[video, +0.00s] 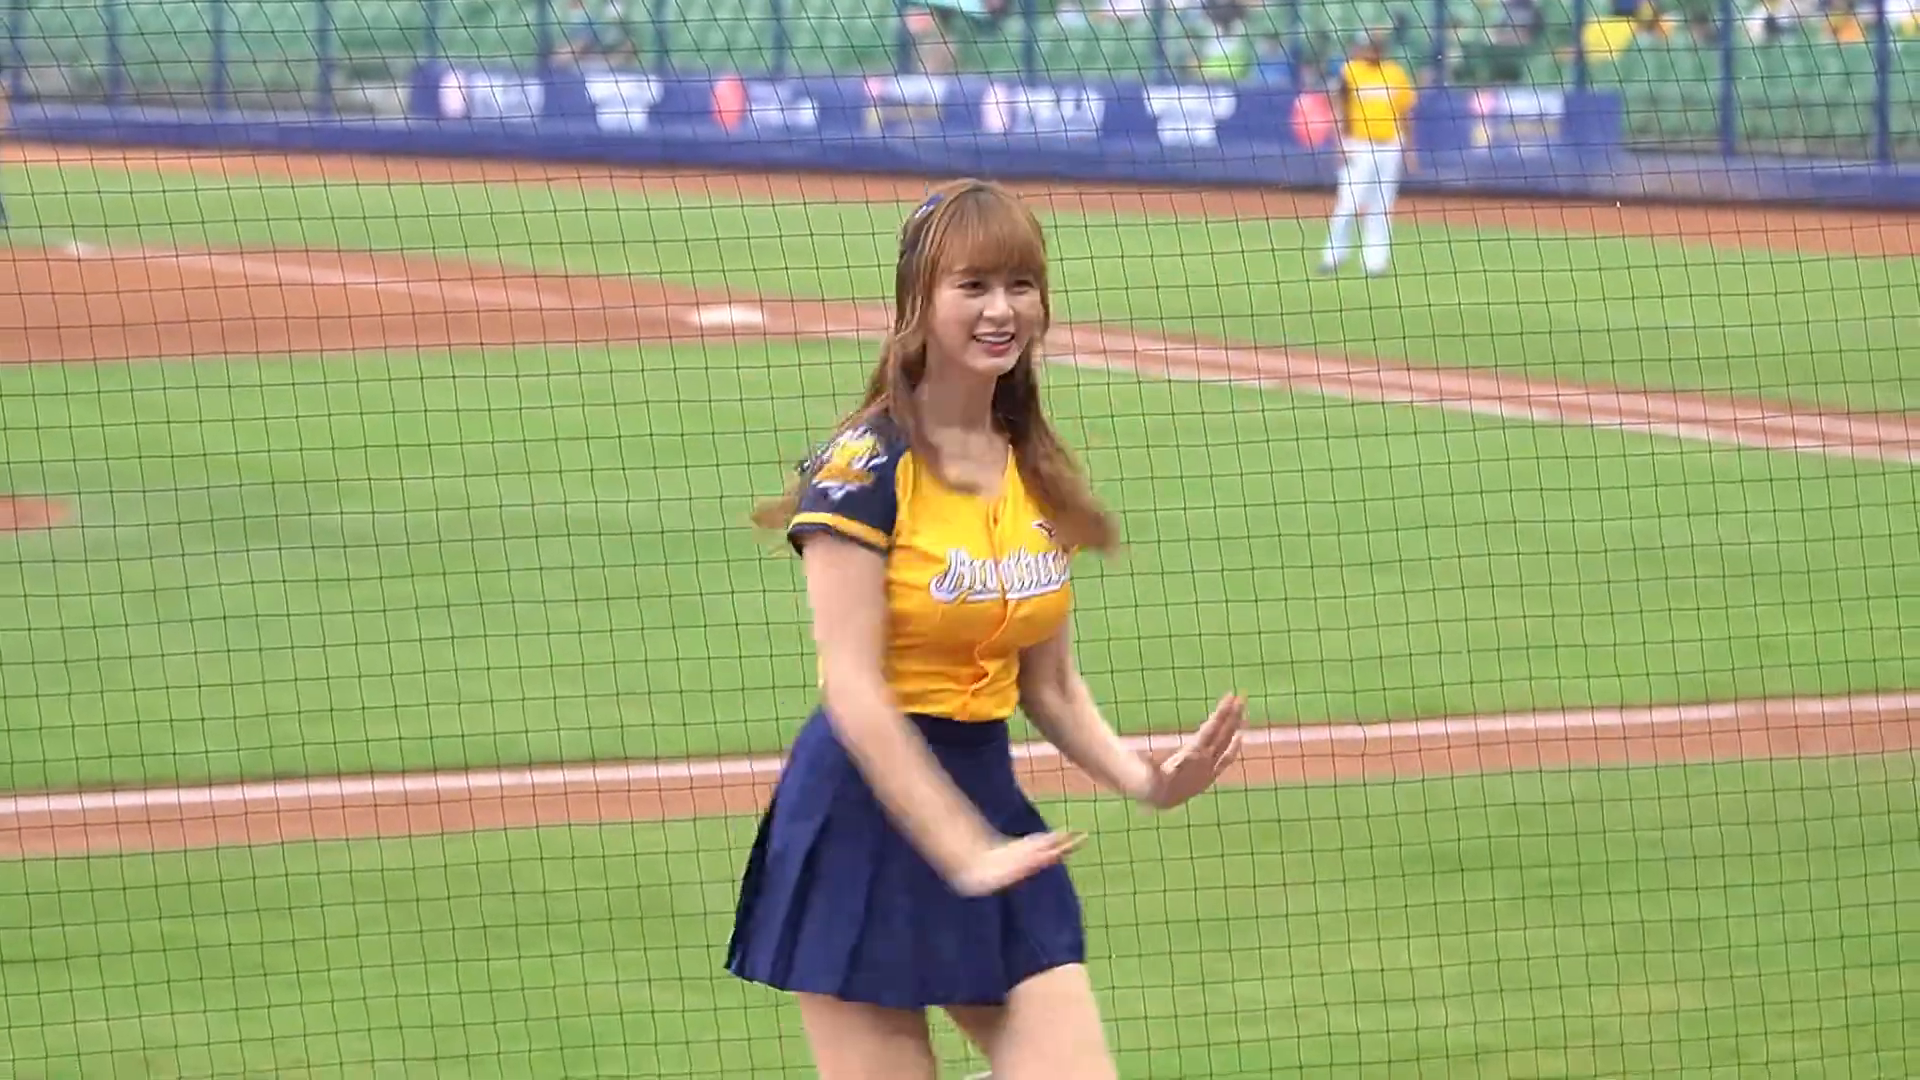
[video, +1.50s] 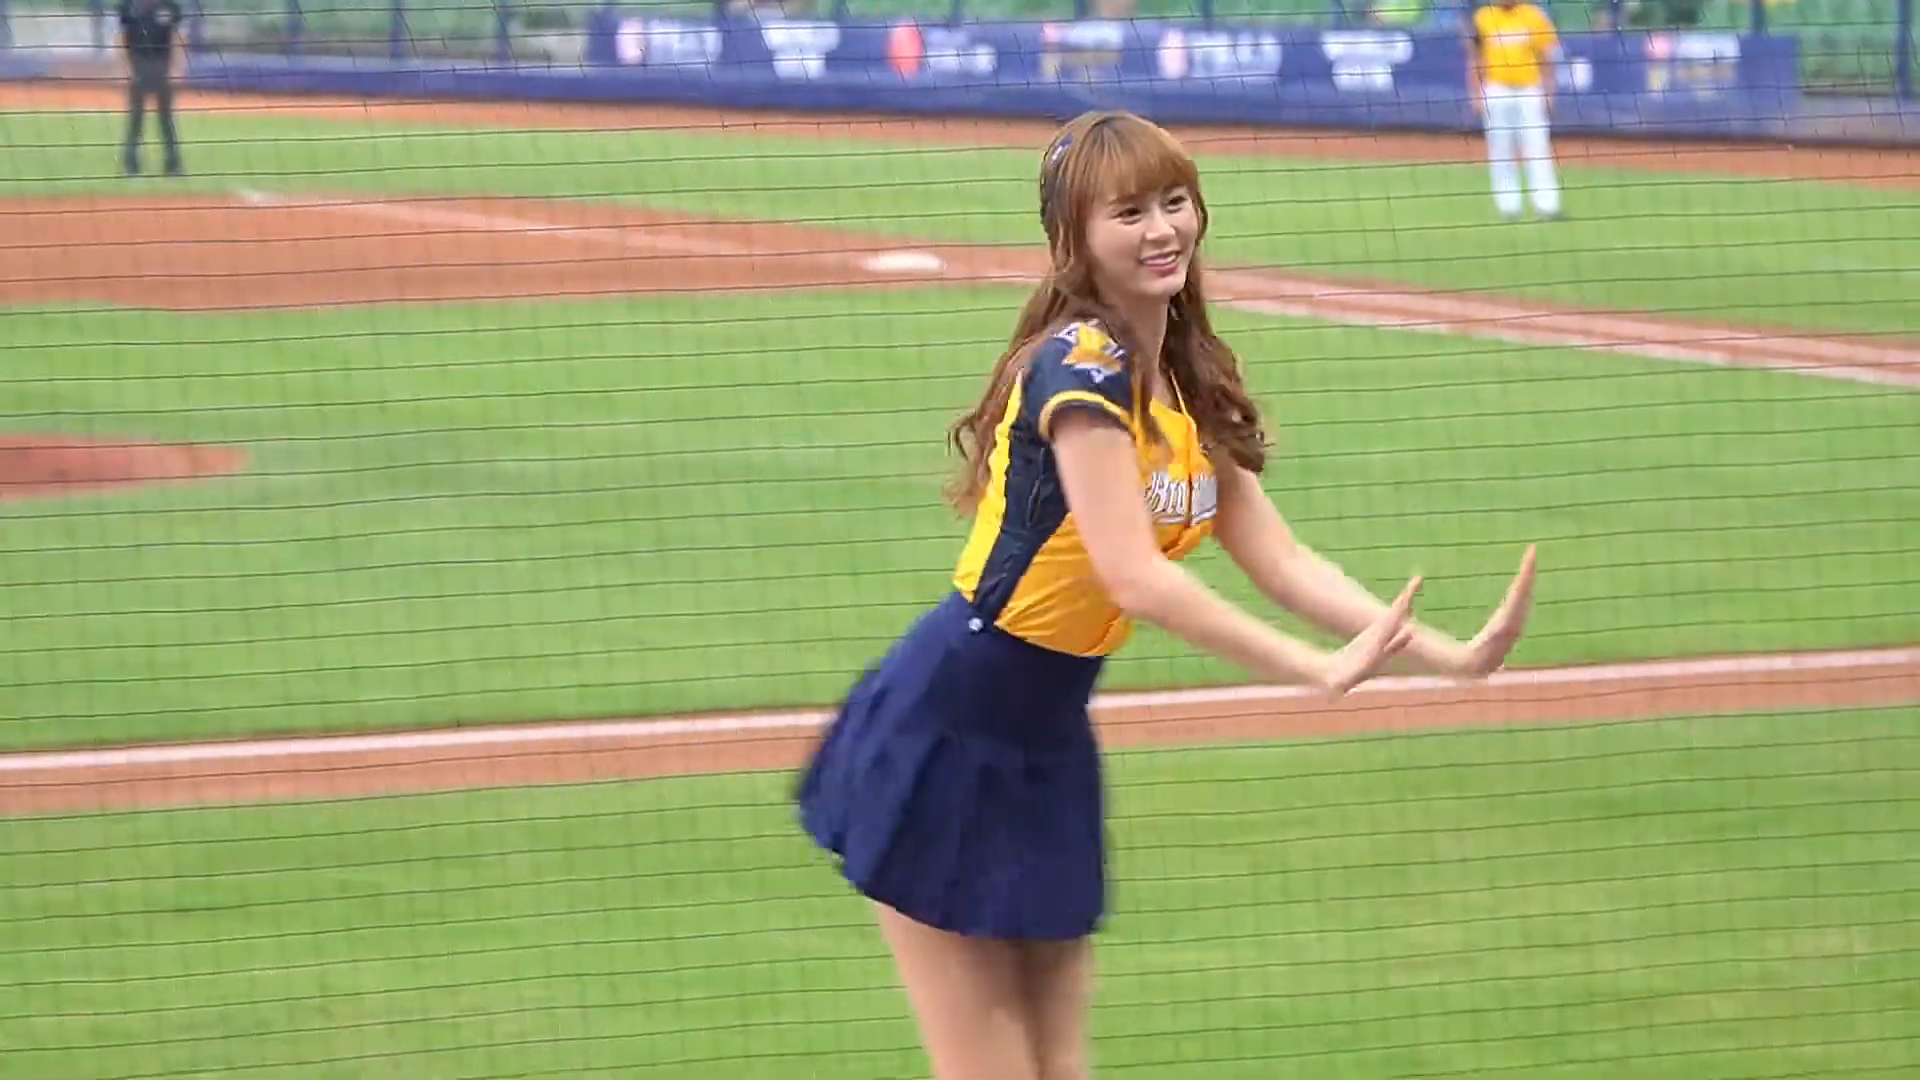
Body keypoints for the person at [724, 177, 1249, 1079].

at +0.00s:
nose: (1001, 309)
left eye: (1019, 285)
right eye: (972, 285)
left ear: (1039, 301)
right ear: (917, 301)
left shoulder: (1034, 469)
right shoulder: (861, 470)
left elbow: (1050, 680)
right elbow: (851, 688)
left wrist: (1139, 778)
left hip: (988, 793)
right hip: (862, 792)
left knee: (1078, 1062)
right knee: (883, 1063)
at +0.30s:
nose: (1049, 309)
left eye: (1066, 282)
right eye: (1017, 292)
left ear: (1095, 294)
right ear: (974, 316)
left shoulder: (1085, 462)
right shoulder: (961, 430)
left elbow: (1237, 602)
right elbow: (1117, 556)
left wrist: (1434, 616)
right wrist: (1325, 571)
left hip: (891, 791)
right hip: (788, 770)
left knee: (861, 1067)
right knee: (774, 1069)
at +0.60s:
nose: (997, 314)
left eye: (1014, 290)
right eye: (971, 289)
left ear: (1031, 299)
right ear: (905, 294)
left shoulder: (1039, 444)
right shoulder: (840, 444)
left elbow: (1084, 622)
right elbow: (835, 658)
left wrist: (1114, 752)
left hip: (1021, 773)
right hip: (889, 777)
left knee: (1062, 1060)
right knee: (947, 1064)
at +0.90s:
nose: (1047, 270)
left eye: (1060, 250)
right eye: (1017, 246)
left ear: (1076, 271)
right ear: (942, 271)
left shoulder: (1103, 398)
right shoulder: (882, 427)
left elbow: (1095, 521)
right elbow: (829, 595)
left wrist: (1041, 594)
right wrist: (763, 666)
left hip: (1089, 753)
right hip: (942, 751)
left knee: (1060, 1065)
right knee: (948, 1066)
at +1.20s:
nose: (1091, 250)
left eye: (1106, 222)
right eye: (1060, 228)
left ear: (1128, 228)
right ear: (999, 244)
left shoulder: (1165, 372)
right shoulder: (935, 385)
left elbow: (1200, 560)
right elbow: (888, 584)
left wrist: (1185, 655)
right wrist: (903, 695)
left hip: (1144, 724)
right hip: (999, 734)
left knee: (1146, 1061)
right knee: (1052, 1064)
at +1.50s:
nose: (1162, 227)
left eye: (1175, 201)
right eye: (1128, 211)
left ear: (1198, 216)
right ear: (1074, 238)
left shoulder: (1188, 379)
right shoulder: (1076, 366)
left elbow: (1279, 559)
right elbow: (1131, 575)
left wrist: (1448, 654)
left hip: (1048, 726)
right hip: (947, 721)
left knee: (1055, 1059)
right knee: (985, 1064)